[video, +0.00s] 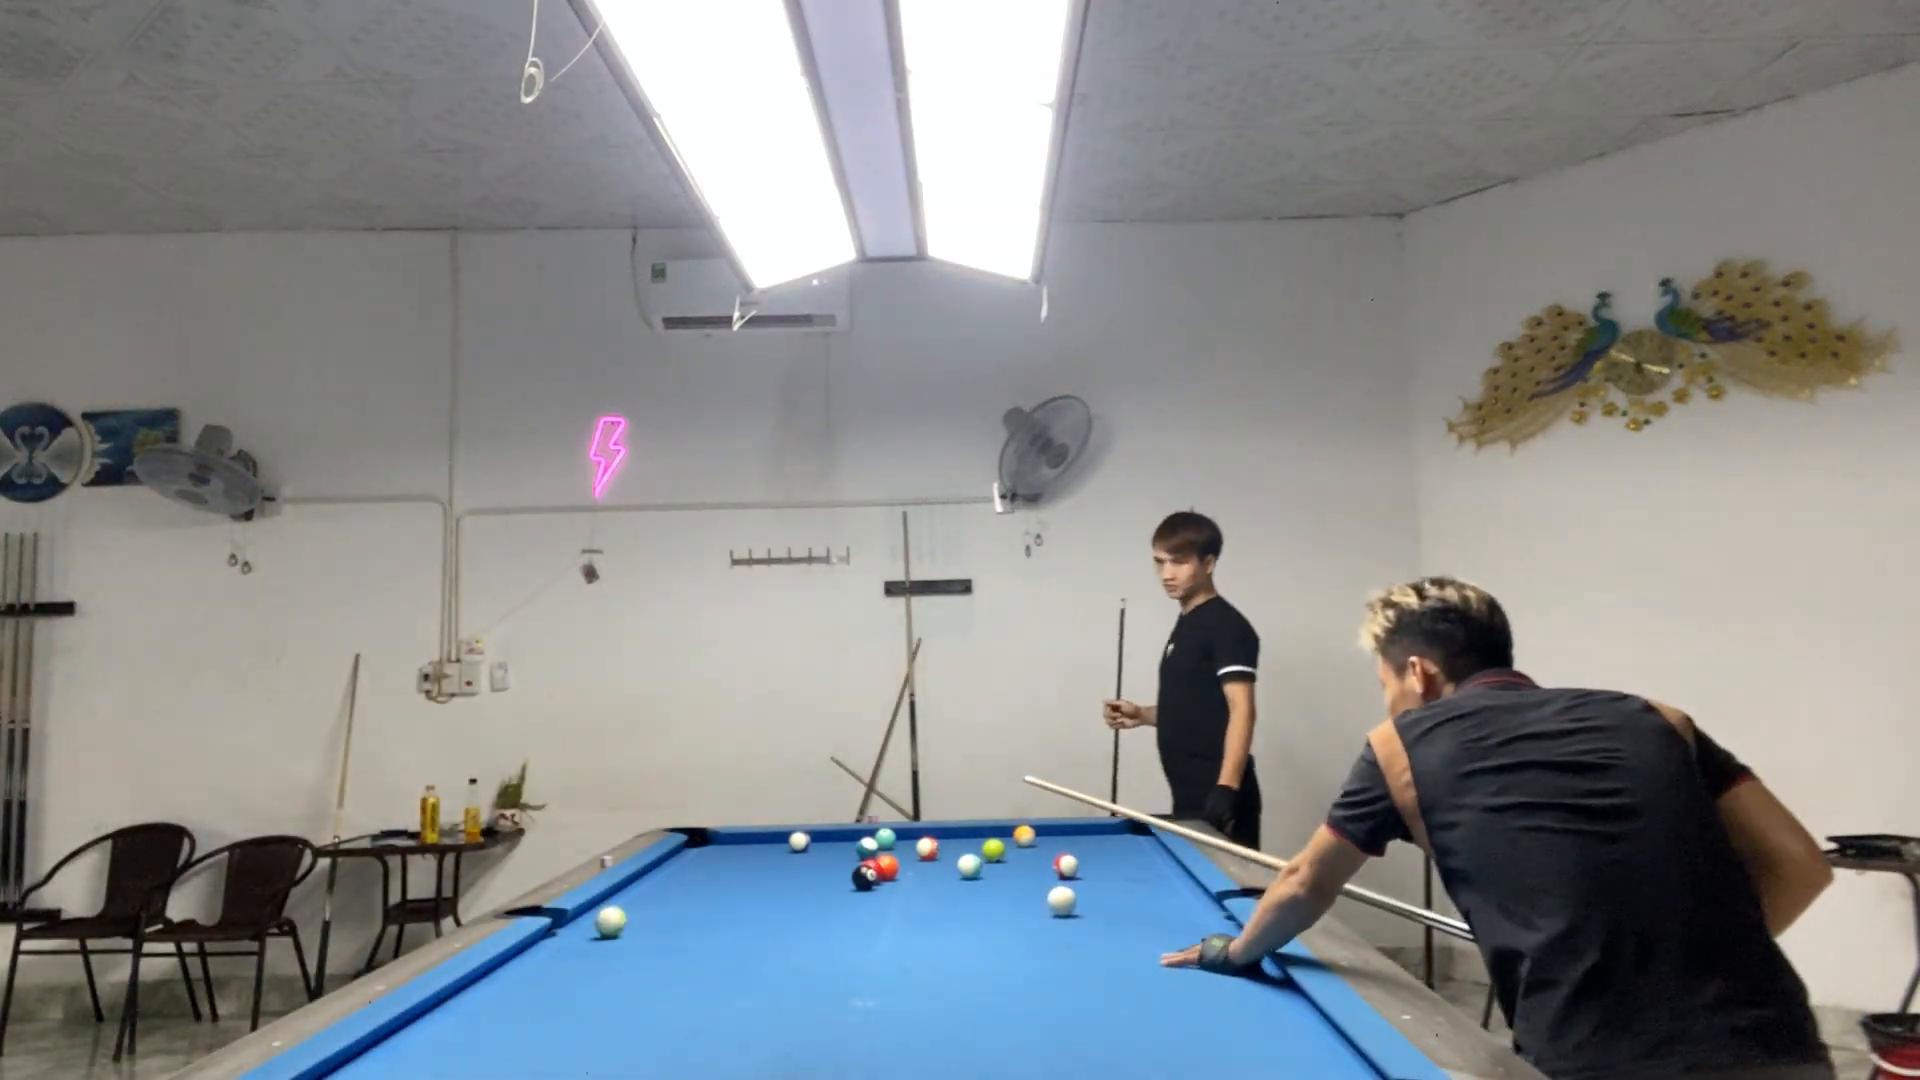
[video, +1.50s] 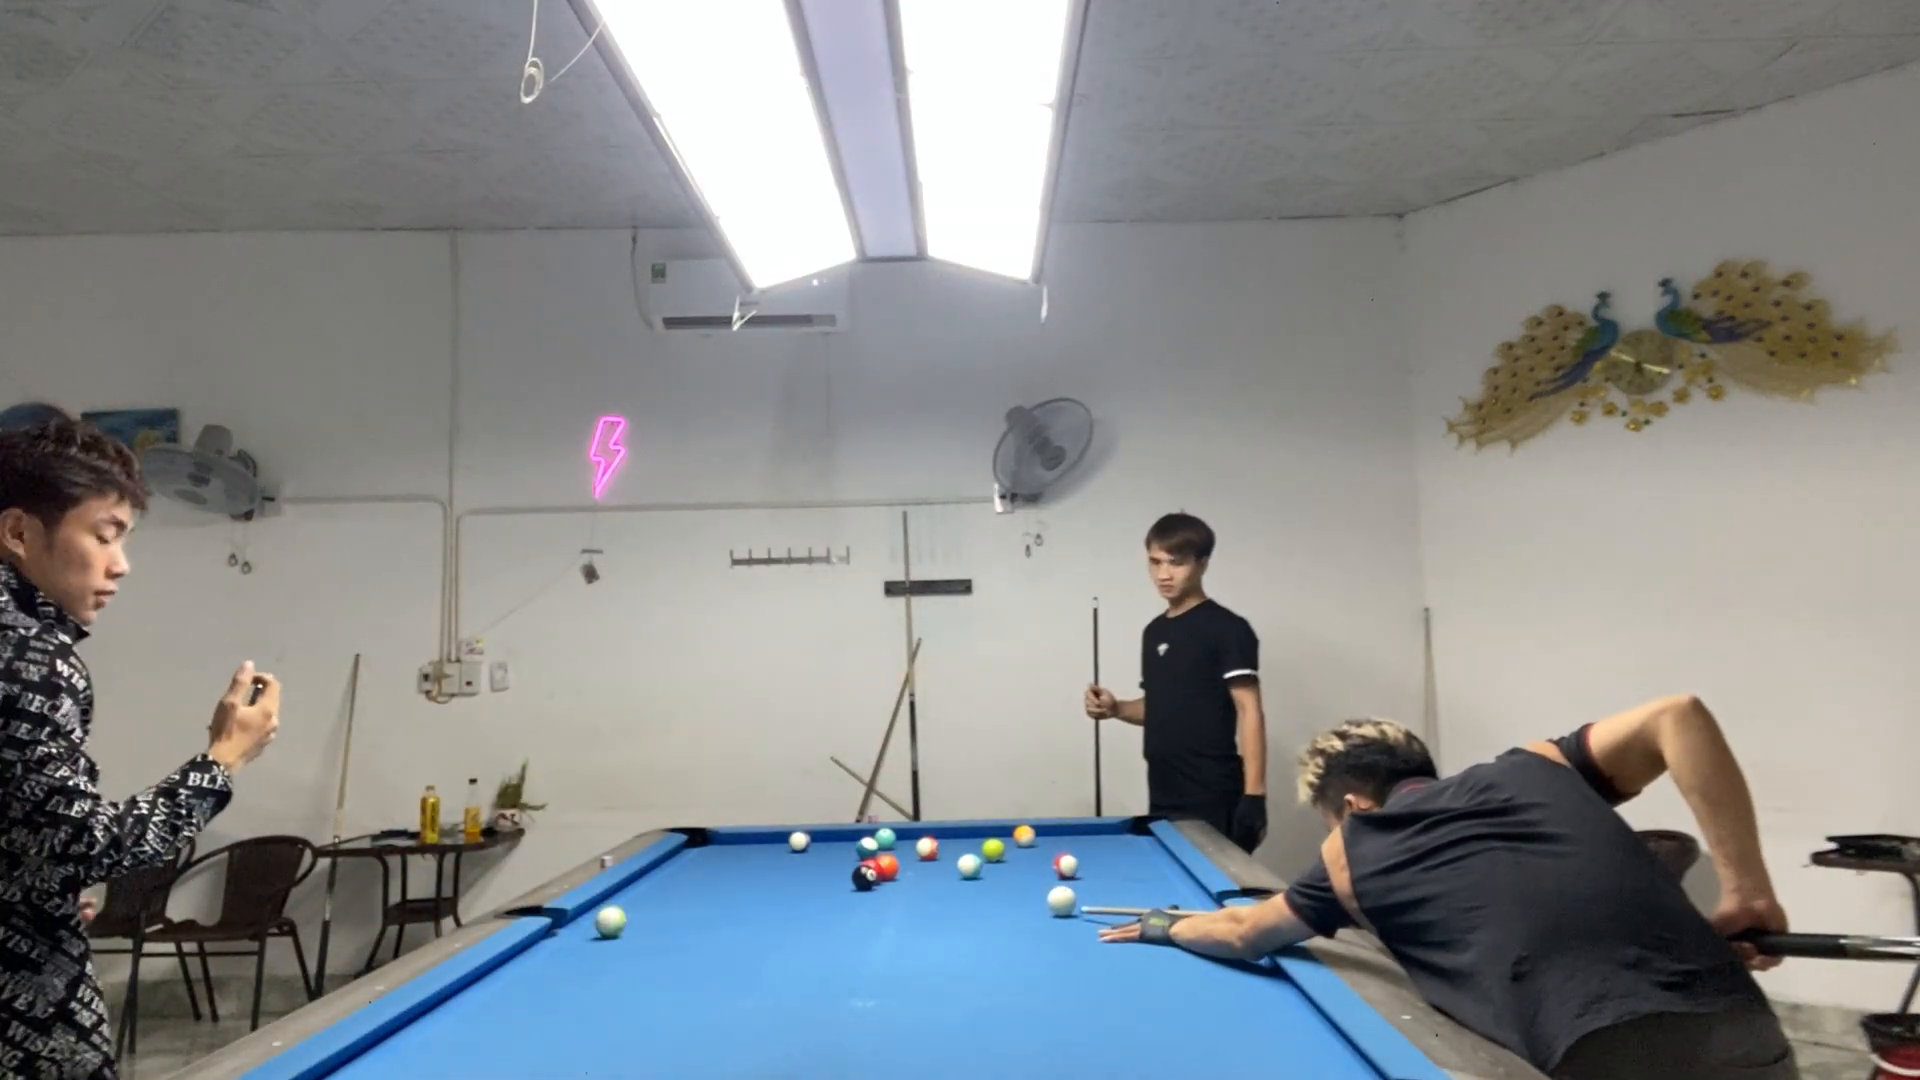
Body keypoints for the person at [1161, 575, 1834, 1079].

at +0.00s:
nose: (1383, 704)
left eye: (1383, 685)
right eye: (1381, 686)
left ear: (1419, 674)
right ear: (1507, 666)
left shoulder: (1402, 747)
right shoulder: (1653, 717)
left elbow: (1304, 885)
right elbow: (1799, 866)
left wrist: (1241, 952)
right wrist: (1698, 950)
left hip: (1600, 1057)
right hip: (1776, 1050)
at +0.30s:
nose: (1354, 740)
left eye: (1353, 721)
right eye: (1351, 722)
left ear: (1384, 715)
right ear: (1465, 700)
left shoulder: (1369, 779)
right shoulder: (1595, 726)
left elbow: (1264, 880)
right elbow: (1771, 795)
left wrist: (1209, 897)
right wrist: (1736, 966)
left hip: (1605, 1058)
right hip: (1751, 1045)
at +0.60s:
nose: (1332, 804)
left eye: (1330, 790)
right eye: (1326, 793)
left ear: (1360, 773)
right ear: (1433, 744)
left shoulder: (1350, 831)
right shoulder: (1543, 742)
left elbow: (1250, 919)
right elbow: (1699, 707)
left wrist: (1179, 927)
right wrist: (1813, 868)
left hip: (1610, 1058)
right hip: (1749, 1041)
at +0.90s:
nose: (1329, 820)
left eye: (1325, 809)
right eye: (1324, 811)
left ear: (1350, 795)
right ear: (1423, 763)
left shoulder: (1349, 842)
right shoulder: (1535, 753)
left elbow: (1244, 928)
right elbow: (1679, 707)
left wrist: (1171, 925)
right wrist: (1763, 877)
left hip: (1610, 1052)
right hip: (1743, 1032)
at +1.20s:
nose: (1331, 826)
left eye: (1326, 816)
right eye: (1326, 818)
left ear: (1352, 800)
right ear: (1426, 766)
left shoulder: (1351, 846)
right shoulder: (1536, 758)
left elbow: (1242, 931)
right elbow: (1679, 712)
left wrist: (1172, 924)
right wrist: (1754, 884)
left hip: (1610, 1055)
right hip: (1744, 1035)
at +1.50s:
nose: (1330, 829)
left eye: (1326, 818)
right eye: (1326, 821)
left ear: (1348, 803)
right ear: (1427, 772)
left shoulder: (1352, 847)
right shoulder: (1537, 762)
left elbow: (1243, 933)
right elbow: (1679, 716)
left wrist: (1175, 923)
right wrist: (1749, 885)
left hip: (1611, 1055)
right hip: (1745, 1036)